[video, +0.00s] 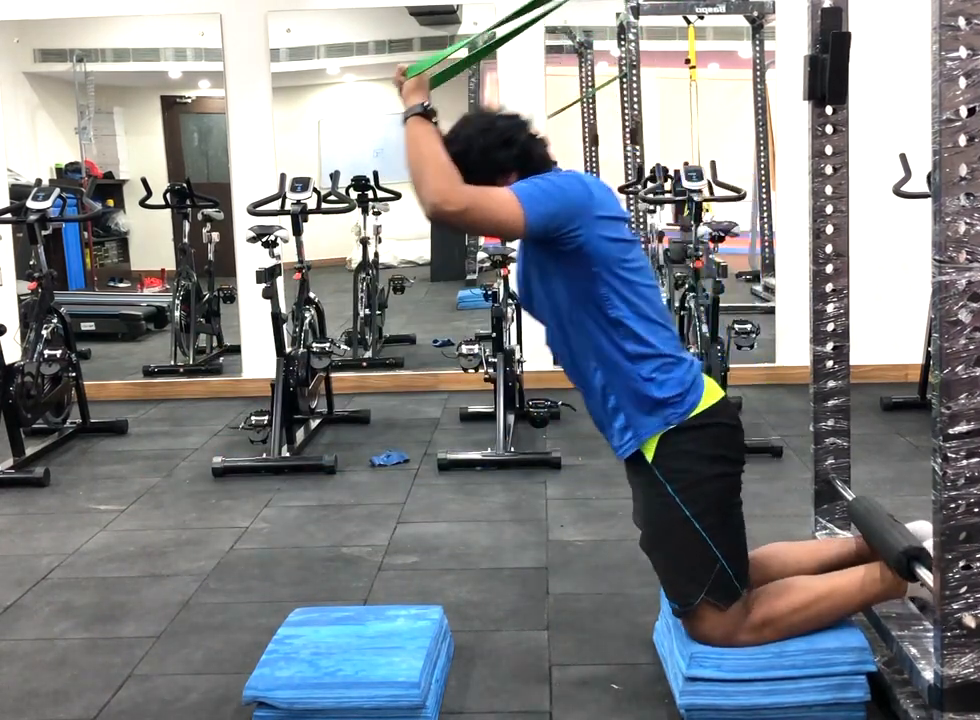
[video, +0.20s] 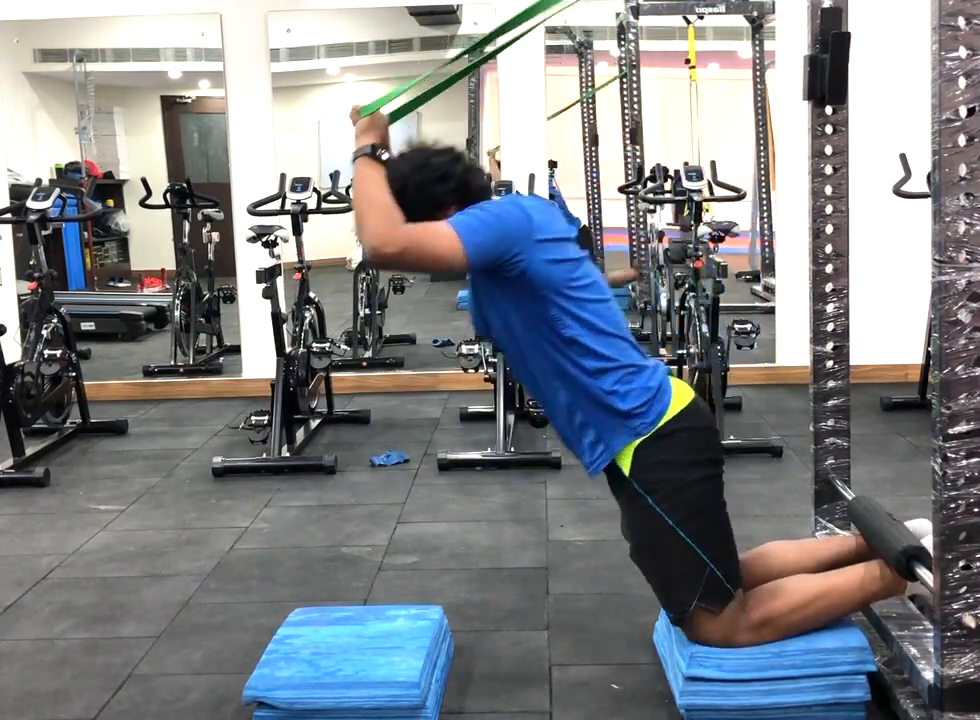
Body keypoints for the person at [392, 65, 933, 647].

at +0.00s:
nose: (477, 203)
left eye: (476, 189)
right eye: (471, 191)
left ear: (501, 176)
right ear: (520, 156)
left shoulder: (571, 196)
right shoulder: (555, 214)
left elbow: (448, 202)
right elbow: (453, 204)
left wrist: (413, 108)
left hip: (680, 431)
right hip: (656, 434)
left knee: (721, 624)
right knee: (709, 583)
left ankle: (900, 579)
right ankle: (865, 544)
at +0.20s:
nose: (424, 237)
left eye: (424, 223)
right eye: (417, 225)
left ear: (447, 207)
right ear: (471, 190)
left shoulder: (511, 222)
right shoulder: (515, 222)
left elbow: (385, 242)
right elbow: (394, 243)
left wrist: (365, 157)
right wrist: (373, 160)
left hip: (653, 436)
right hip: (646, 432)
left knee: (719, 625)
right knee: (712, 585)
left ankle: (898, 573)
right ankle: (866, 542)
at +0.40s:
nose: (363, 297)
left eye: (356, 280)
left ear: (372, 267)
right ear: (398, 233)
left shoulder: (455, 260)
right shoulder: (452, 263)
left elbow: (329, 296)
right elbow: (344, 292)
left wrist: (333, 206)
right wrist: (342, 216)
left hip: (636, 453)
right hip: (632, 443)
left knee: (721, 625)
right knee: (714, 589)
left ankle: (906, 570)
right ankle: (863, 538)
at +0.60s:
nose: (310, 357)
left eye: (309, 343)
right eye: (306, 342)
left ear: (329, 321)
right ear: (345, 304)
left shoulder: (404, 314)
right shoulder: (406, 311)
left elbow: (280, 366)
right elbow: (295, 365)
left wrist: (270, 272)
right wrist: (282, 273)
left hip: (615, 465)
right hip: (613, 449)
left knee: (726, 630)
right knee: (712, 586)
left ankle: (904, 568)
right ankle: (867, 538)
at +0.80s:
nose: (280, 425)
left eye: (275, 411)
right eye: (274, 412)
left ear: (294, 393)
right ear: (305, 355)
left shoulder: (361, 371)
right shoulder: (365, 361)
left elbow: (240, 448)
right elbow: (262, 441)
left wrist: (216, 358)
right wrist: (234, 358)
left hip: (593, 470)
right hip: (594, 448)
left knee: (725, 633)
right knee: (715, 586)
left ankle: (901, 570)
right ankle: (863, 538)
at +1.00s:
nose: (244, 479)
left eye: (241, 465)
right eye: (238, 467)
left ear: (263, 441)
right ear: (273, 405)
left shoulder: (325, 428)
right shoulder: (337, 403)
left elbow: (218, 518)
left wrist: (179, 431)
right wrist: (217, 424)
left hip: (574, 496)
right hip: (578, 464)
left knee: (725, 625)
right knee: (710, 586)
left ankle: (904, 567)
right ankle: (863, 536)